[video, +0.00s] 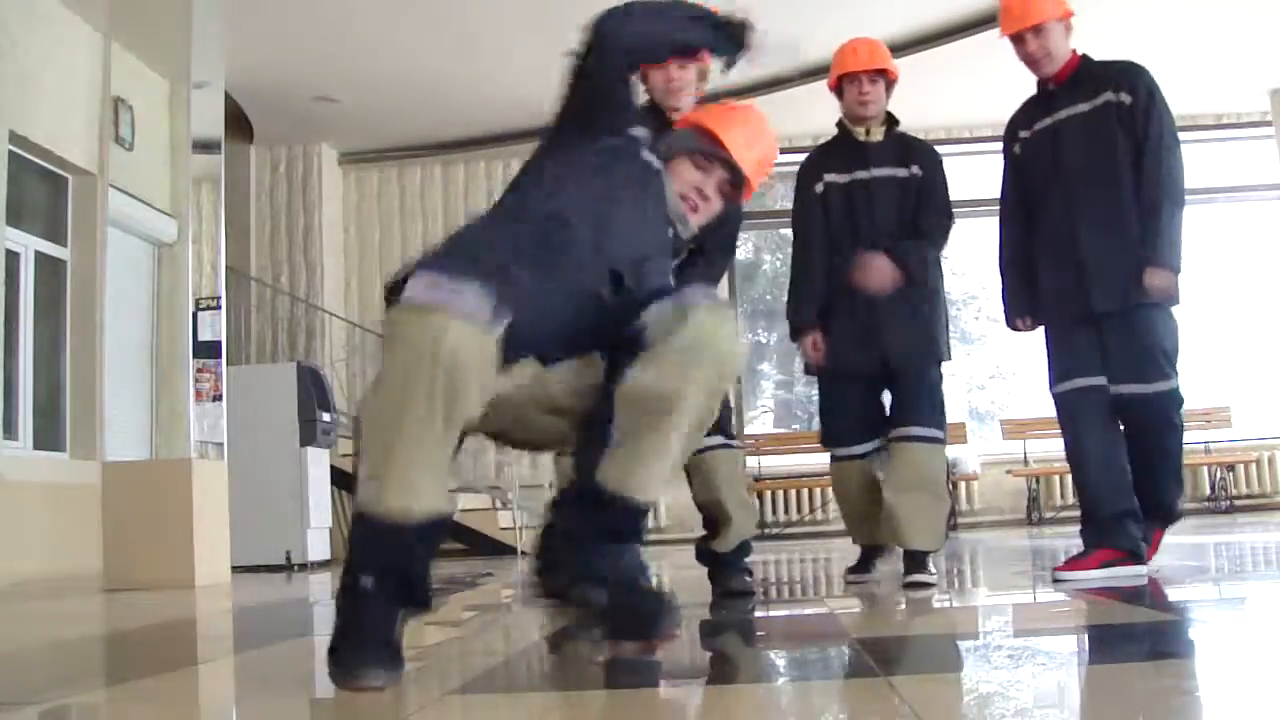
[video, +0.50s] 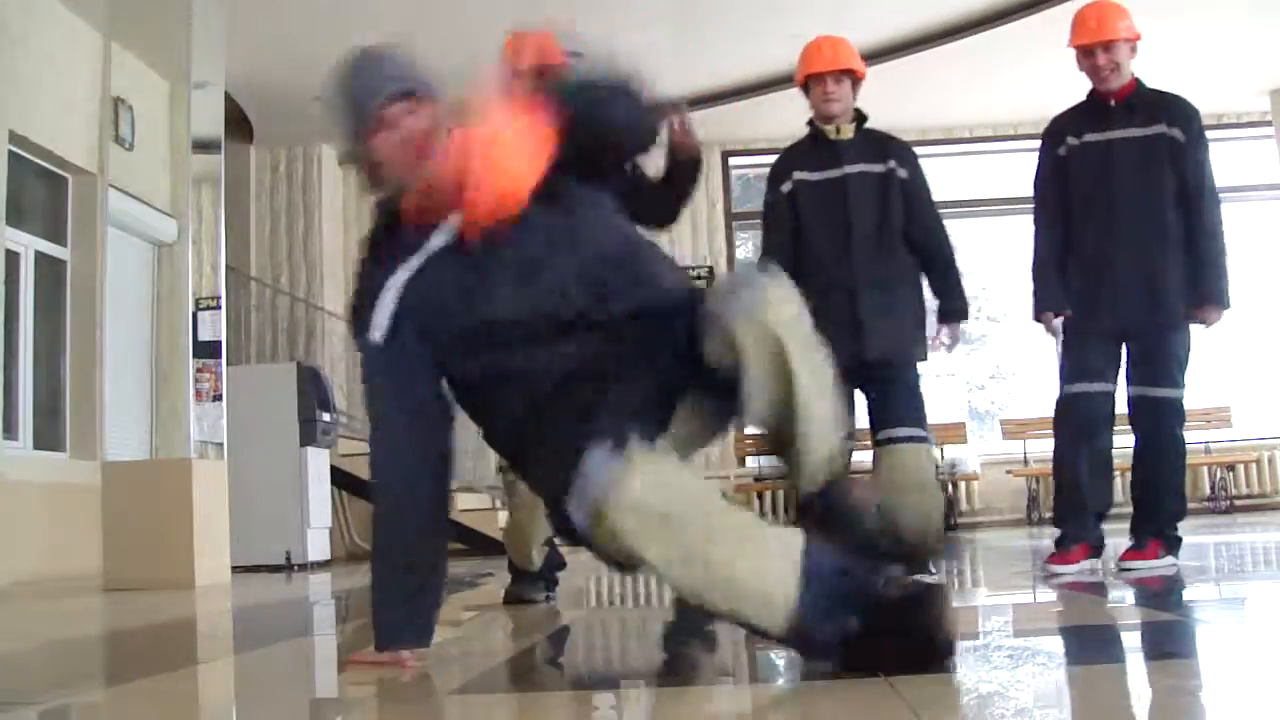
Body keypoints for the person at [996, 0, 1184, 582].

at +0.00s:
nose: (1028, 46)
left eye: (1037, 31)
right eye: (1018, 38)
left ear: (1067, 25)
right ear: (1011, 46)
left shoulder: (1127, 82)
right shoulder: (1021, 125)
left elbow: (1164, 172)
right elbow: (1014, 217)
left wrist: (1163, 258)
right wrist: (1017, 295)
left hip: (1133, 282)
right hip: (1063, 294)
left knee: (1150, 408)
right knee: (1083, 418)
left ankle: (1153, 514)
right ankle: (1113, 541)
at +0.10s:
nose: (1045, 49)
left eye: (1054, 35)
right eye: (1034, 40)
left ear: (1083, 31)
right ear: (1027, 47)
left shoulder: (1138, 94)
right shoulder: (1029, 128)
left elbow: (1168, 179)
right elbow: (1016, 217)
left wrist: (1153, 256)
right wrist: (1017, 295)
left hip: (1136, 285)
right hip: (1068, 295)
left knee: (1151, 412)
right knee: (1087, 418)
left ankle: (1159, 526)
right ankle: (1114, 540)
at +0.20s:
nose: (1066, 55)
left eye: (1076, 42)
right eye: (1056, 47)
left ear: (1101, 41)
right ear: (1046, 55)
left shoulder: (1151, 108)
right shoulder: (1040, 133)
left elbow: (1176, 190)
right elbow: (1022, 221)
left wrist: (1154, 253)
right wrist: (1015, 299)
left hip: (1144, 296)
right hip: (1075, 302)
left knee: (1151, 417)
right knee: (1092, 420)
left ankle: (1158, 536)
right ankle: (1113, 540)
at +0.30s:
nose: (1082, 61)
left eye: (1093, 49)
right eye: (1071, 52)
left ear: (1117, 48)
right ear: (1060, 59)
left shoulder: (1161, 116)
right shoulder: (1049, 134)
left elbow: (1184, 199)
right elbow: (1029, 220)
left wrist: (1166, 266)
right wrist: (1019, 295)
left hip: (1151, 300)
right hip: (1082, 305)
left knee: (1155, 424)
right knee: (1090, 424)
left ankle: (1157, 538)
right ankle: (1095, 540)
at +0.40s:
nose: (1093, 59)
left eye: (1102, 47)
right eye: (1081, 50)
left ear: (1125, 46)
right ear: (1069, 56)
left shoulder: (1168, 115)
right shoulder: (1055, 130)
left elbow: (1191, 203)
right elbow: (1038, 217)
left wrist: (1188, 282)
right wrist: (1032, 290)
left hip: (1156, 299)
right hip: (1084, 302)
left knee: (1156, 422)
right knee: (1083, 422)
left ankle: (1156, 538)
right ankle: (1084, 538)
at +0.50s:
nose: (1101, 59)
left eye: (1110, 47)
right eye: (1089, 51)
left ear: (1132, 46)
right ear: (1077, 57)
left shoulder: (1176, 115)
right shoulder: (1061, 131)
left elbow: (1202, 204)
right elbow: (1048, 219)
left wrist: (1209, 287)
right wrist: (1048, 291)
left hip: (1161, 298)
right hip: (1087, 301)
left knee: (1158, 422)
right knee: (1079, 421)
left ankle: (1155, 538)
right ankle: (1079, 537)